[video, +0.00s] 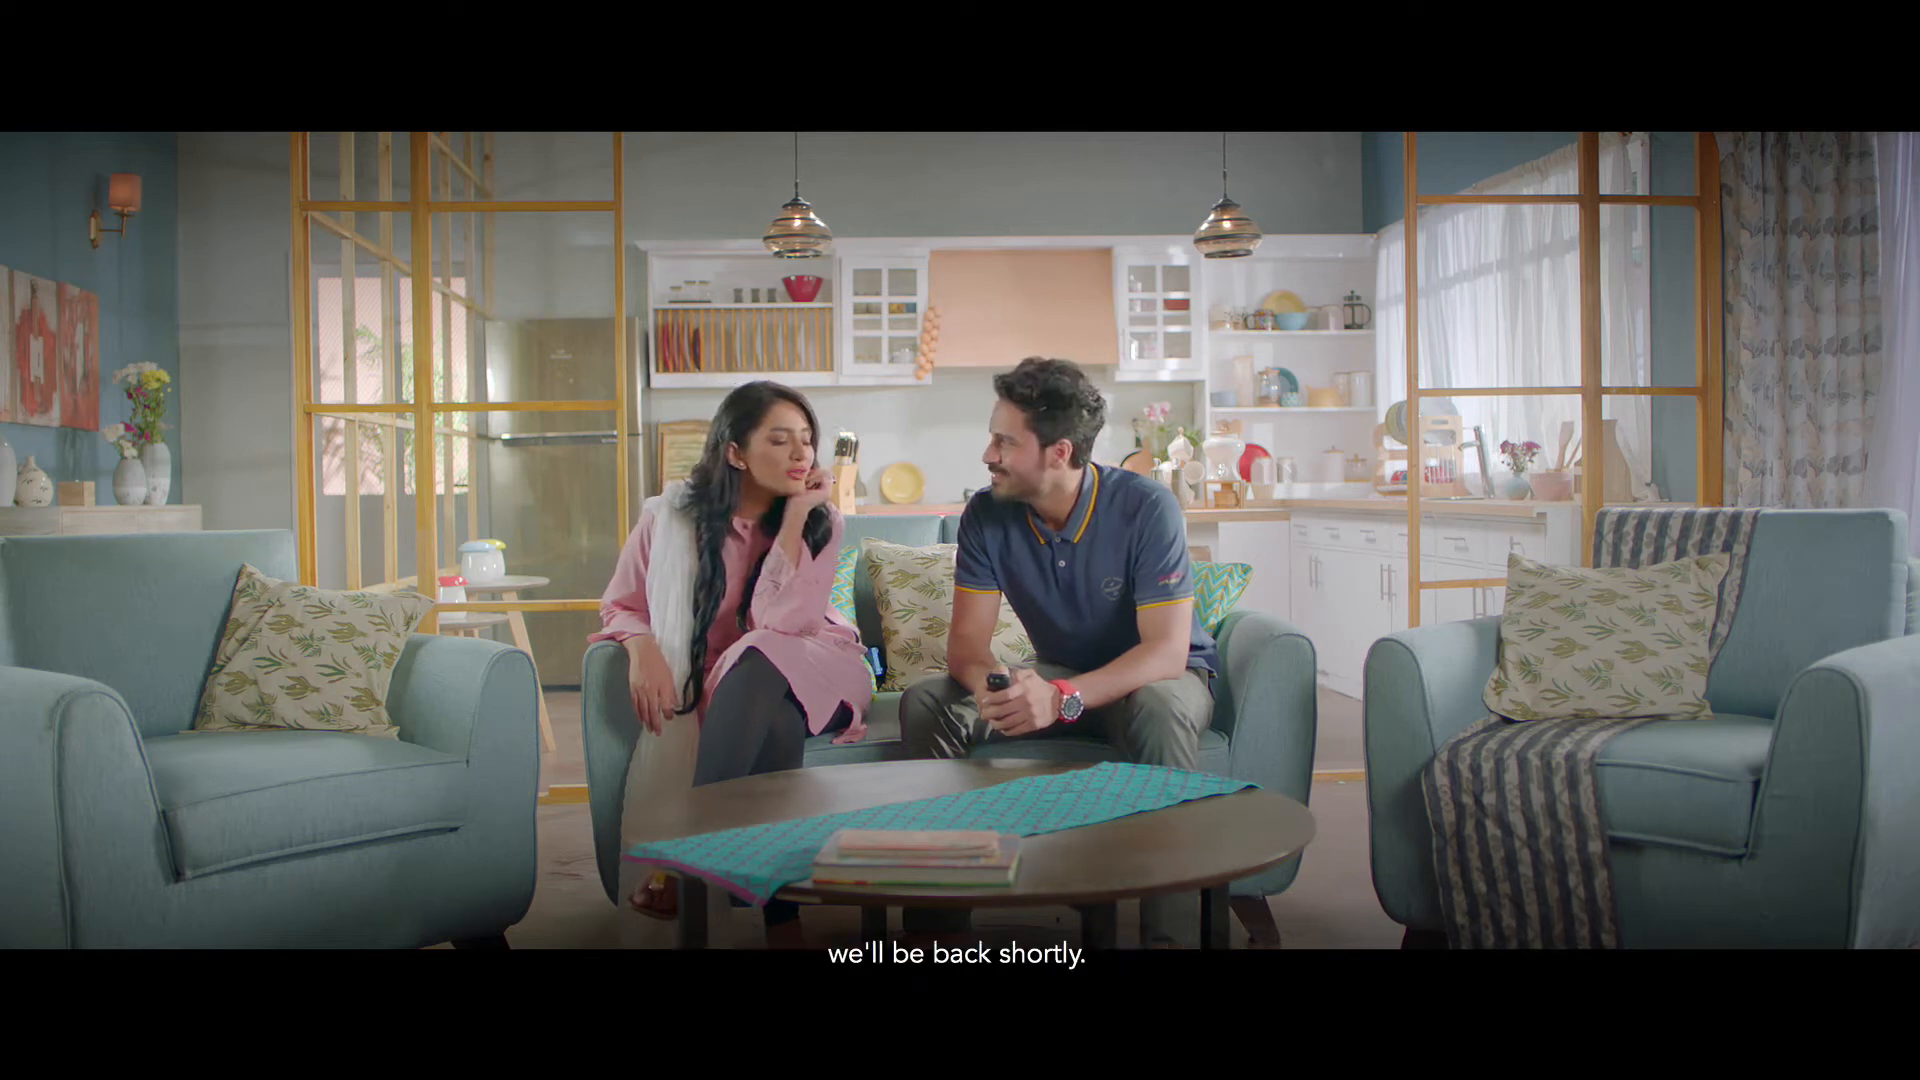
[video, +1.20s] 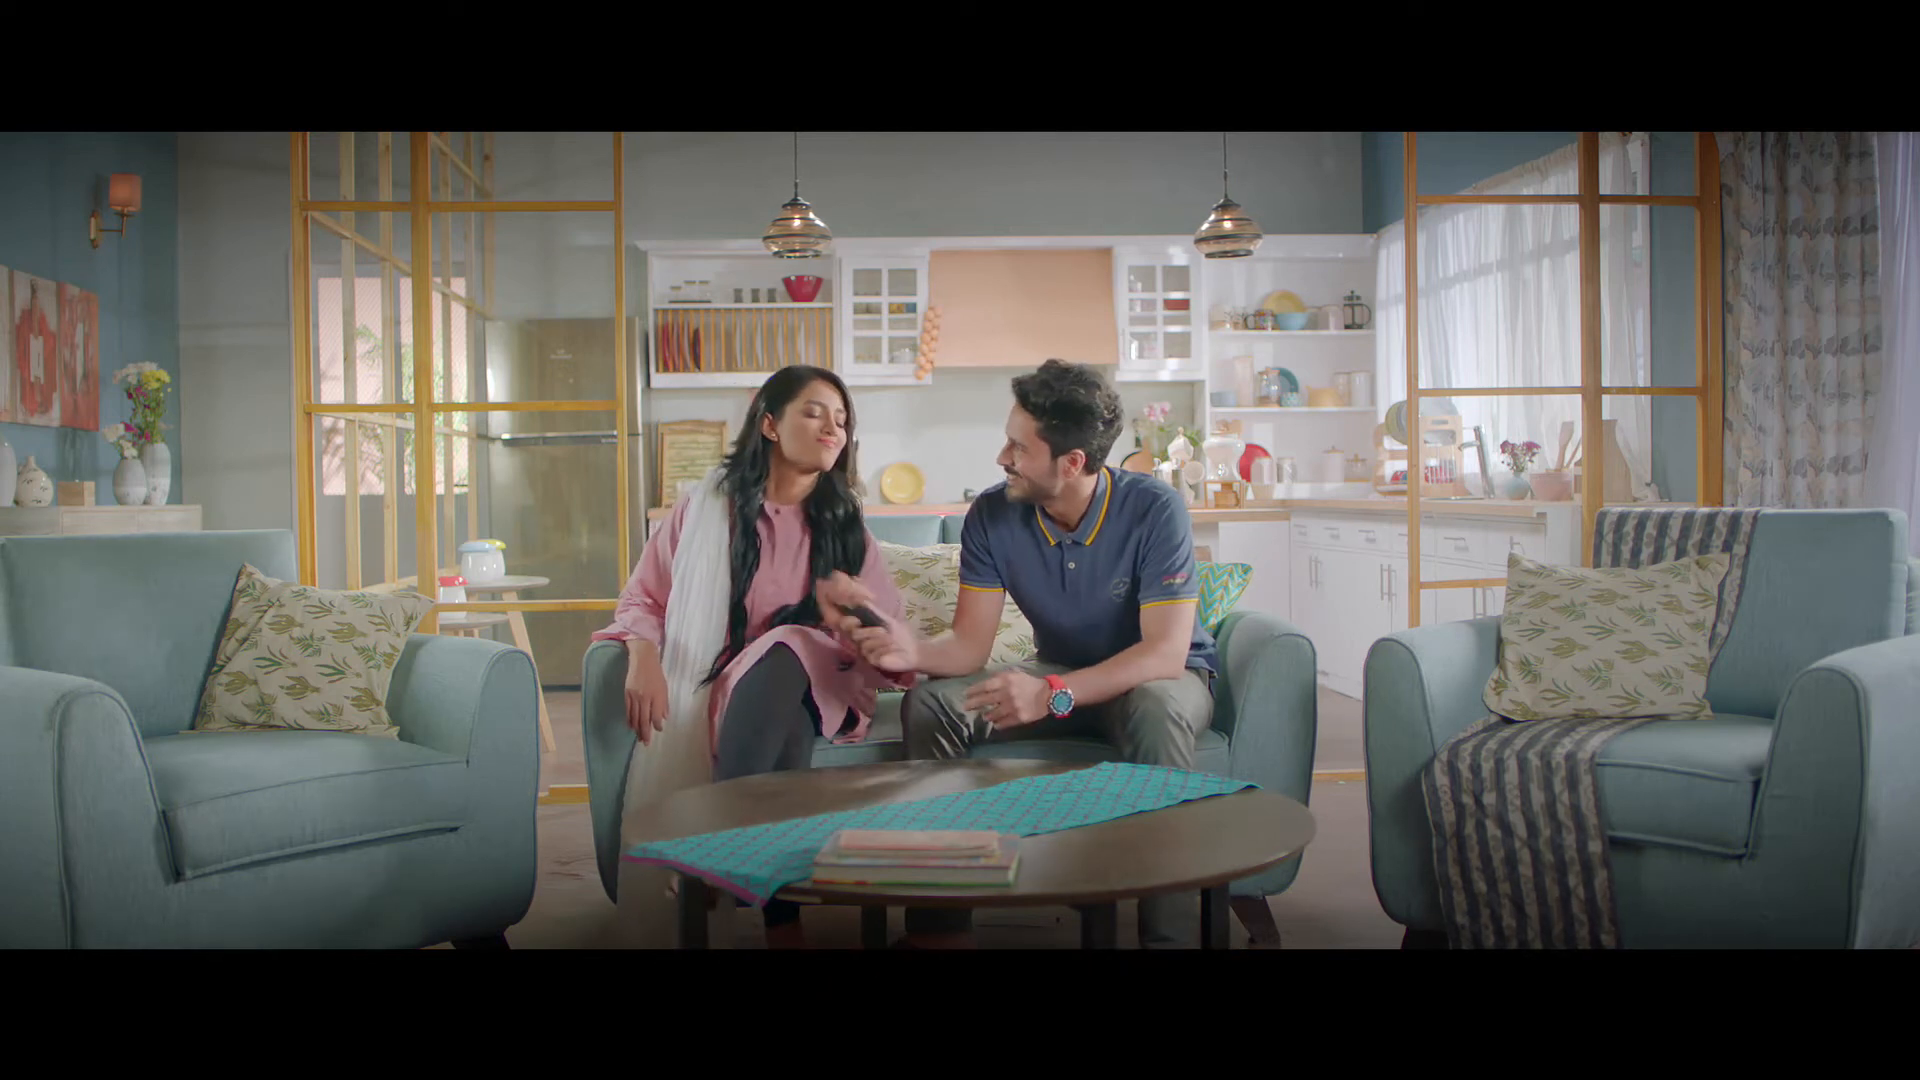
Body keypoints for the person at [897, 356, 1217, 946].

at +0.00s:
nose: (988, 455)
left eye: (1005, 444)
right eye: (992, 439)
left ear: (1059, 453)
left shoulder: (1146, 509)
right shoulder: (987, 516)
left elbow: (1166, 654)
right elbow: (966, 646)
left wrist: (1063, 697)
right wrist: (995, 686)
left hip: (1156, 679)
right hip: (1060, 680)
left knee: (1158, 709)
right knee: (927, 703)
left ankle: (1170, 932)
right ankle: (939, 904)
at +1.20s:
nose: (1003, 458)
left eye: (1018, 449)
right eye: (1007, 441)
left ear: (1072, 463)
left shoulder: (1154, 509)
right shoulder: (992, 514)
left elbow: (1166, 654)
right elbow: (969, 642)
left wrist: (1052, 693)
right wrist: (913, 651)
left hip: (1157, 677)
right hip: (1061, 674)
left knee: (1155, 711)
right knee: (929, 703)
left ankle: (1166, 928)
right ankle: (940, 917)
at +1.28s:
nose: (1002, 457)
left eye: (1017, 449)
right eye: (1007, 442)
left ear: (1071, 464)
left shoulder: (1155, 510)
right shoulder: (992, 515)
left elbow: (1166, 654)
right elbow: (966, 643)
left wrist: (1052, 694)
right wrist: (900, 660)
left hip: (1157, 677)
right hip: (1061, 674)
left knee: (1154, 710)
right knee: (930, 704)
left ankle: (1166, 927)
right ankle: (941, 916)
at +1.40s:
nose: (1000, 458)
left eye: (1015, 449)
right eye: (1004, 442)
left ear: (1068, 465)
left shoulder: (1154, 509)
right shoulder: (994, 516)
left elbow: (1164, 655)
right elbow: (969, 643)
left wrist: (1051, 693)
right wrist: (915, 661)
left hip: (1154, 677)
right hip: (1055, 679)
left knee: (1152, 708)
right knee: (928, 706)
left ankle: (1167, 931)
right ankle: (941, 916)